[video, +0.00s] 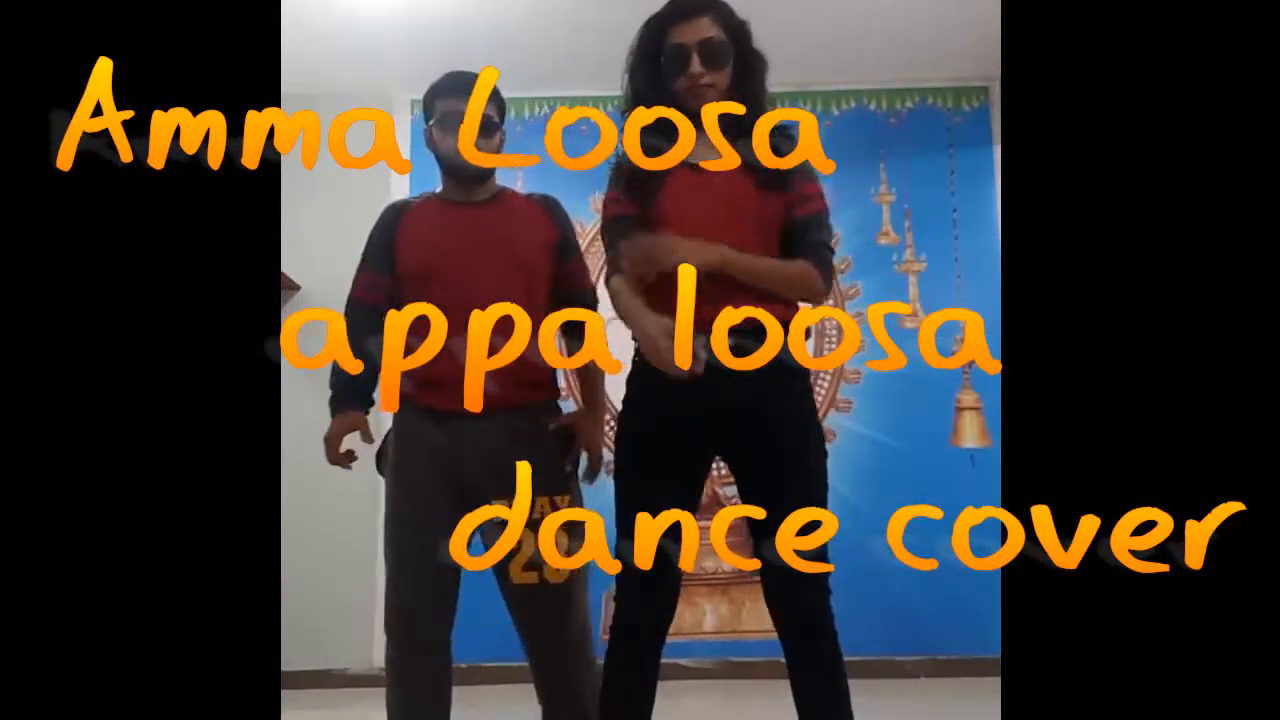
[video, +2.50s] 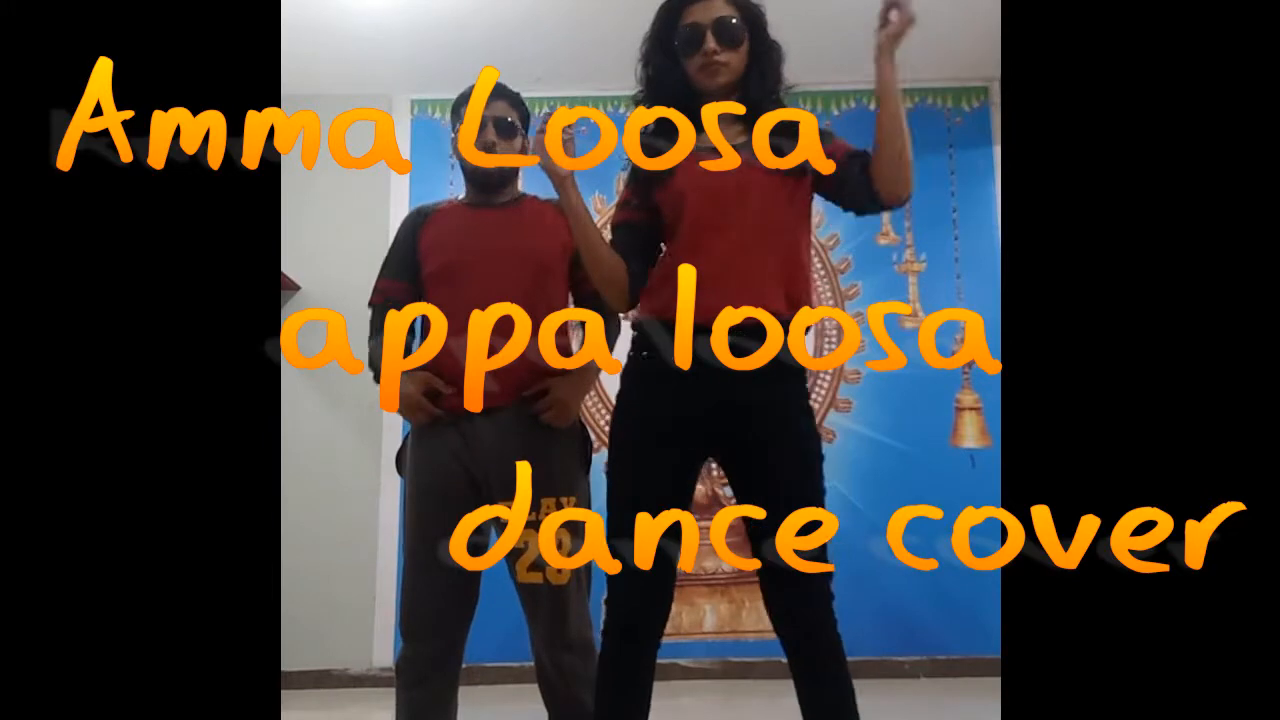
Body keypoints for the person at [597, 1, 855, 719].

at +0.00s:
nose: (696, 68)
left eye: (712, 52)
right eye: (677, 57)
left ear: (741, 61)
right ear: (655, 72)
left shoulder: (781, 149)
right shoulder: (641, 152)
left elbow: (816, 280)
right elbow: (621, 265)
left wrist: (697, 254)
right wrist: (644, 322)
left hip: (770, 390)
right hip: (665, 388)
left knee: (801, 597)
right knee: (644, 597)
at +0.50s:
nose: (708, 58)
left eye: (724, 43)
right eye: (689, 46)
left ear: (752, 55)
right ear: (666, 62)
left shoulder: (787, 145)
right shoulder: (648, 148)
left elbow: (830, 283)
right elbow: (618, 290)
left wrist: (890, 403)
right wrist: (572, 414)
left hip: (778, 394)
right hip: (671, 394)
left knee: (807, 602)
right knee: (649, 601)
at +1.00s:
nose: (692, 57)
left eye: (708, 38)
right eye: (675, 48)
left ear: (747, 44)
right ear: (663, 64)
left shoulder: (789, 133)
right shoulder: (652, 140)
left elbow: (822, 260)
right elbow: (640, 265)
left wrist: (783, 367)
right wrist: (686, 372)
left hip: (786, 383)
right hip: (679, 384)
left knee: (810, 598)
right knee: (653, 602)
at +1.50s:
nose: (646, 69)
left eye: (660, 50)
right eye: (645, 55)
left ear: (714, 51)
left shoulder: (784, 142)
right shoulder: (650, 146)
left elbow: (826, 272)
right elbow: (600, 269)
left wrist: (838, 395)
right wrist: (652, 368)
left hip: (754, 388)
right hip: (649, 382)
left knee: (787, 600)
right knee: (620, 599)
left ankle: (822, 719)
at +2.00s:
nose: (655, 56)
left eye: (673, 36)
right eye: (645, 46)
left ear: (721, 40)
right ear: (640, 65)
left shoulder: (782, 135)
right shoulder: (645, 148)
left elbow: (835, 271)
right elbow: (627, 301)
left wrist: (949, 289)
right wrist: (570, 276)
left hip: (787, 388)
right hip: (679, 389)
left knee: (821, 603)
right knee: (651, 604)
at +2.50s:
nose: (710, 47)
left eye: (727, 32)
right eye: (691, 36)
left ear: (755, 47)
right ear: (670, 55)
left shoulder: (789, 134)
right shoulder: (659, 147)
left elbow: (888, 186)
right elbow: (617, 285)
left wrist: (885, 63)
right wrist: (562, 182)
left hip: (767, 380)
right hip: (664, 378)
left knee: (802, 592)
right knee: (637, 594)